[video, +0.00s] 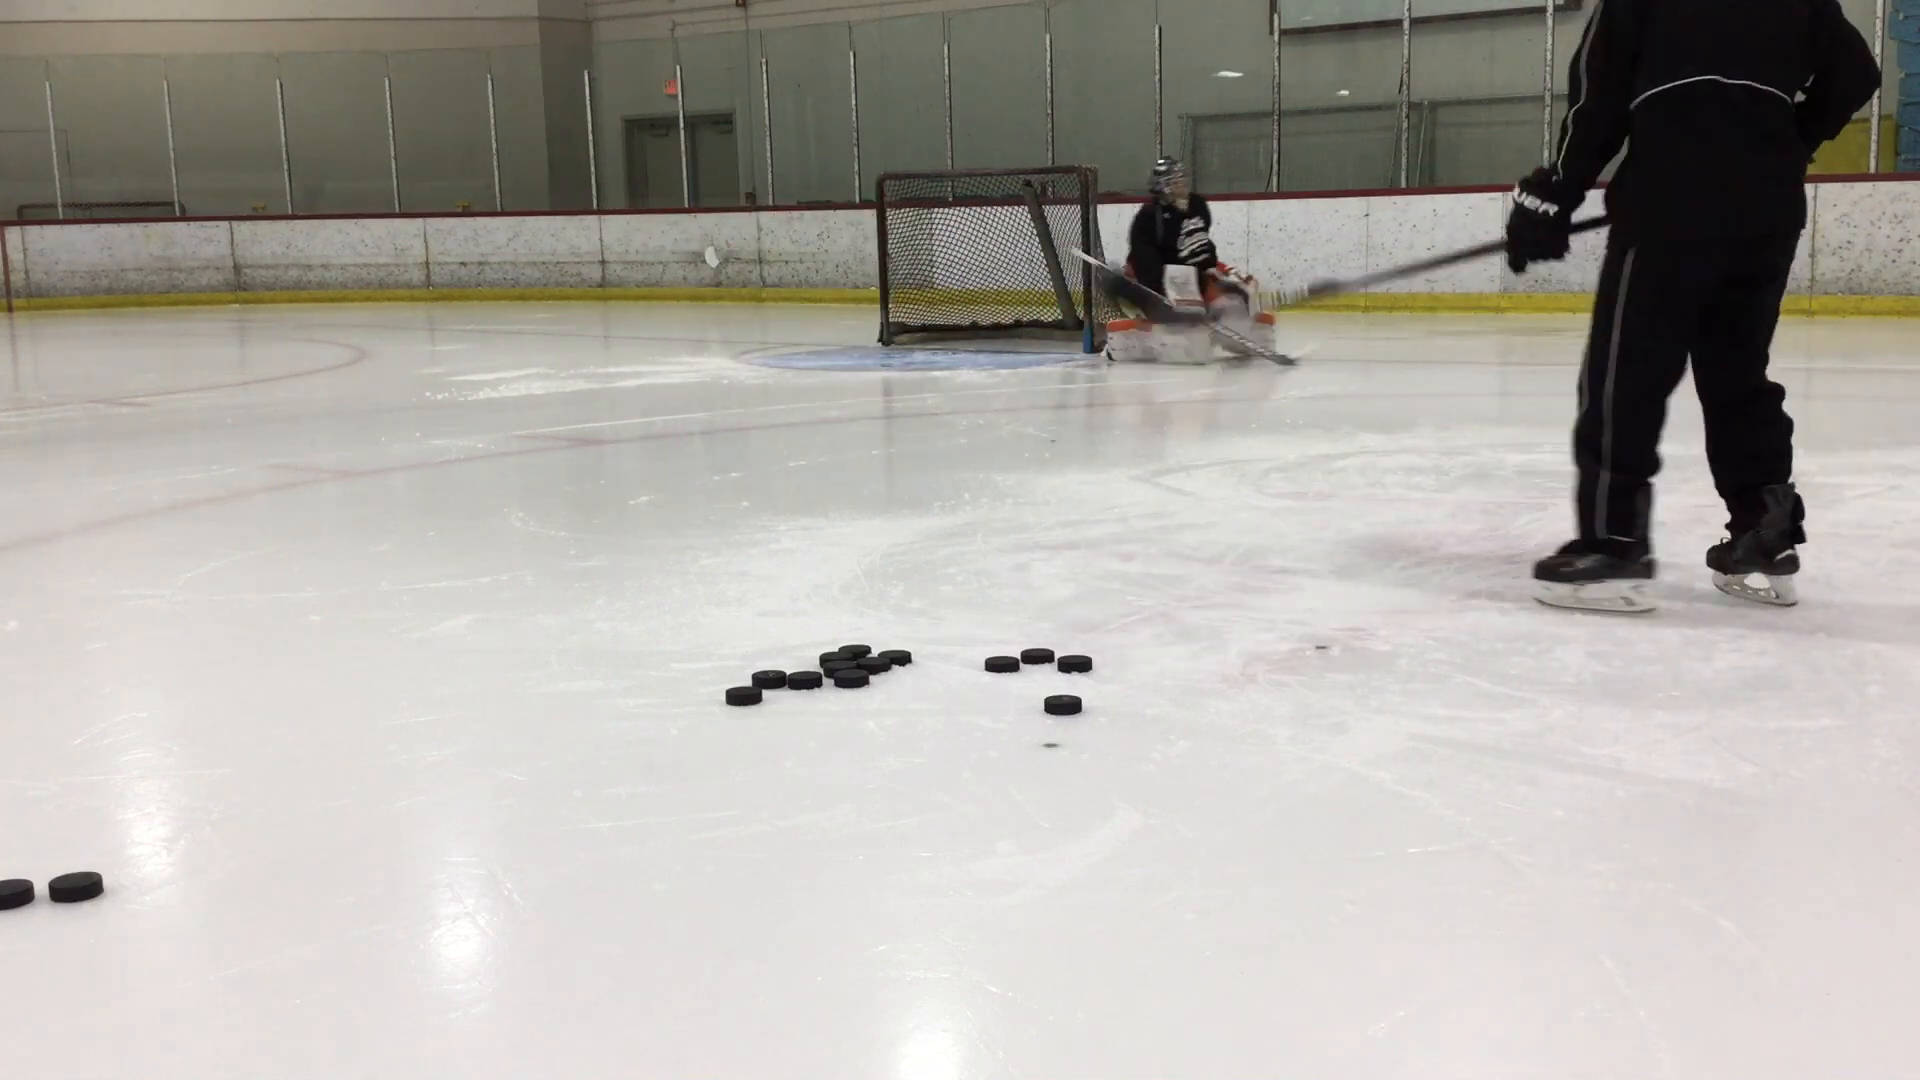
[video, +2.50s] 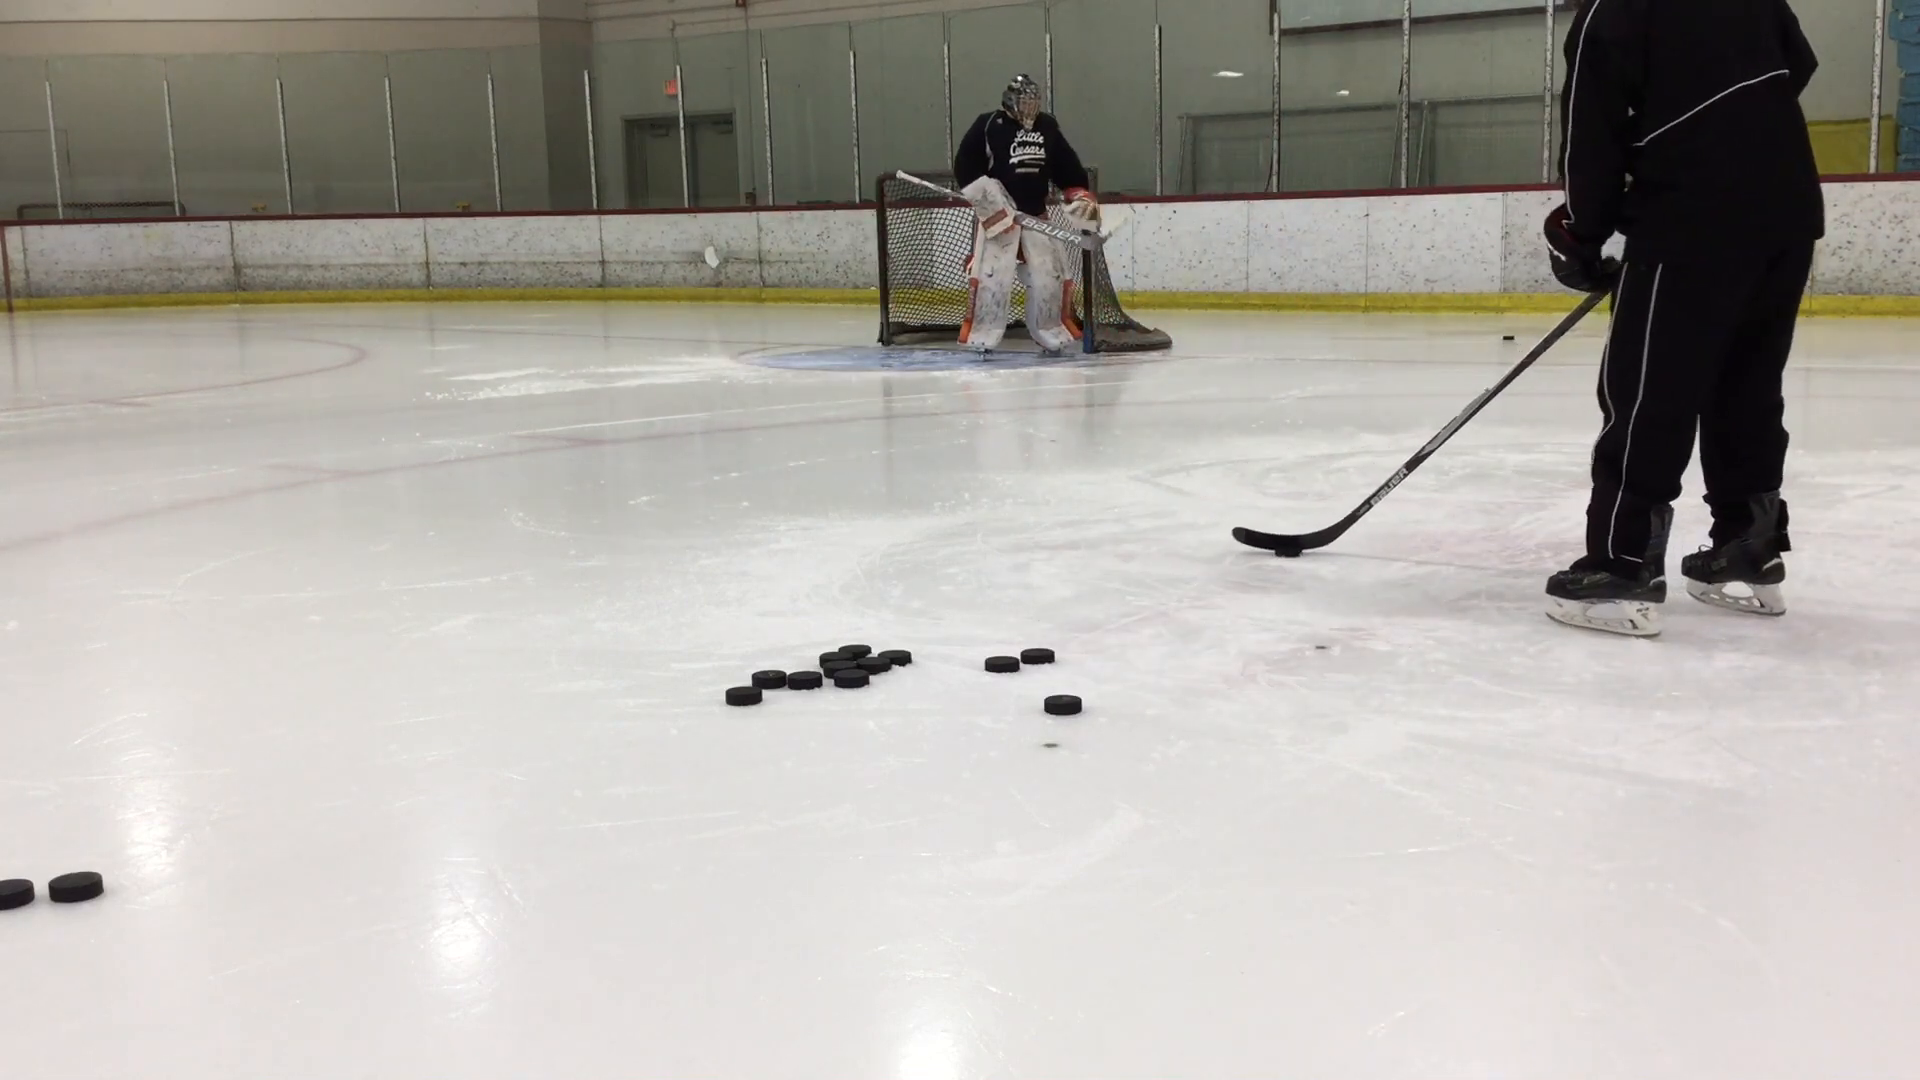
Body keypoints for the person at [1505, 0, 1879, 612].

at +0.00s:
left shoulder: (1632, 6)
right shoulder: (1801, 4)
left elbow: (1604, 89)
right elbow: (1855, 71)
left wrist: (1552, 191)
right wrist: (1787, 143)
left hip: (1667, 193)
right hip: (1768, 197)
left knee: (1623, 371)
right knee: (1737, 373)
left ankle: (1613, 541)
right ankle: (1767, 530)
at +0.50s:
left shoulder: (1713, 2)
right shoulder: (1796, 8)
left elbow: (1702, 70)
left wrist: (1637, 156)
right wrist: (1647, 175)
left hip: (1721, 199)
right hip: (1785, 194)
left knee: (1702, 377)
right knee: (1759, 374)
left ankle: (1722, 548)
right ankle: (1777, 533)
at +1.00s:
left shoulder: (1690, 6)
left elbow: (1666, 126)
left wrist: (1591, 223)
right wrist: (1598, 216)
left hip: (1724, 228)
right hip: (1770, 220)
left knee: (1693, 400)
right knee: (1749, 387)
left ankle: (1719, 568)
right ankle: (1780, 539)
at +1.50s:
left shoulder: (1584, 10)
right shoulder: (1691, 7)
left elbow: (1571, 137)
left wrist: (1524, 261)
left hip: (1659, 223)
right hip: (1752, 208)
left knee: (1632, 396)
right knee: (1722, 386)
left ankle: (1660, 573)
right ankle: (1728, 554)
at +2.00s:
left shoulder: (1565, 12)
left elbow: (1553, 117)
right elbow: (1772, 13)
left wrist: (1555, 228)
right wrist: (1731, 90)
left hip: (1644, 210)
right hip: (1742, 194)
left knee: (1624, 396)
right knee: (1722, 384)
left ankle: (1651, 576)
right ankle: (1743, 556)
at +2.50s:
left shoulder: (1607, 13)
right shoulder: (1753, 1)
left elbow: (1593, 131)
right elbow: (1798, 59)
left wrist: (1581, 239)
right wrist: (1730, 132)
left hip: (1688, 218)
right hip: (1786, 209)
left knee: (1643, 391)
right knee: (1747, 386)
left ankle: (1625, 564)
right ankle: (1749, 547)